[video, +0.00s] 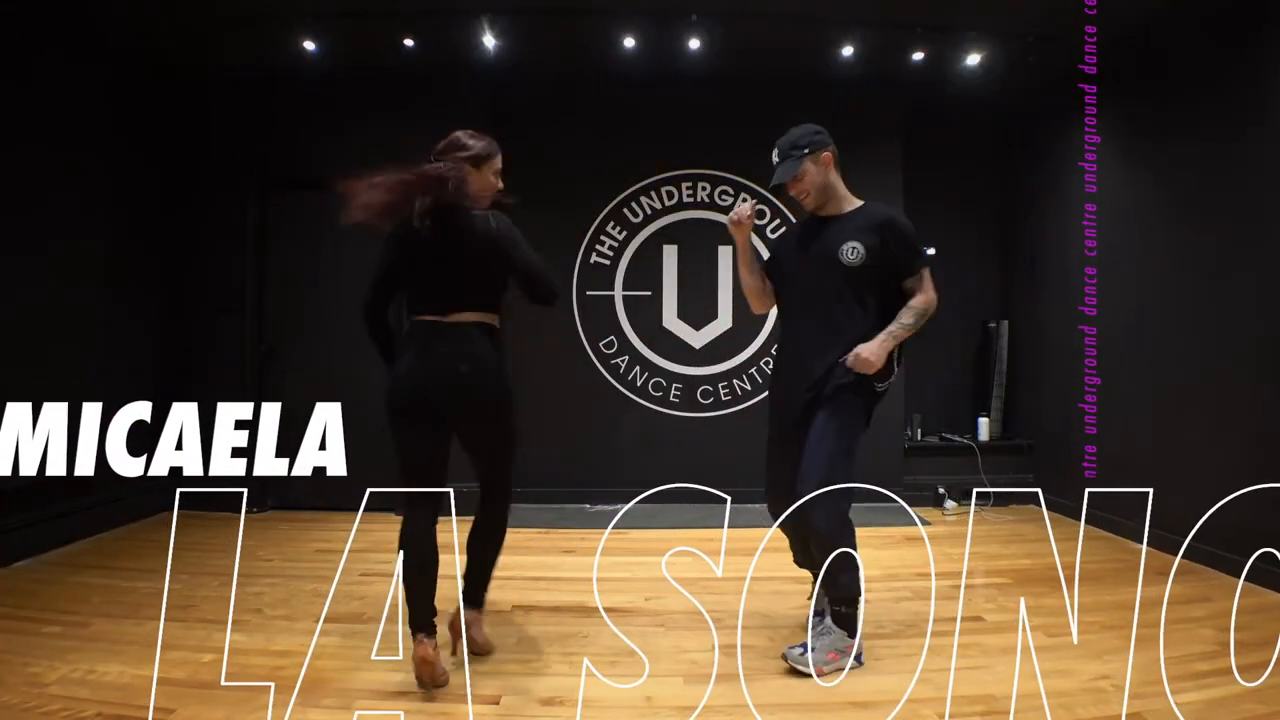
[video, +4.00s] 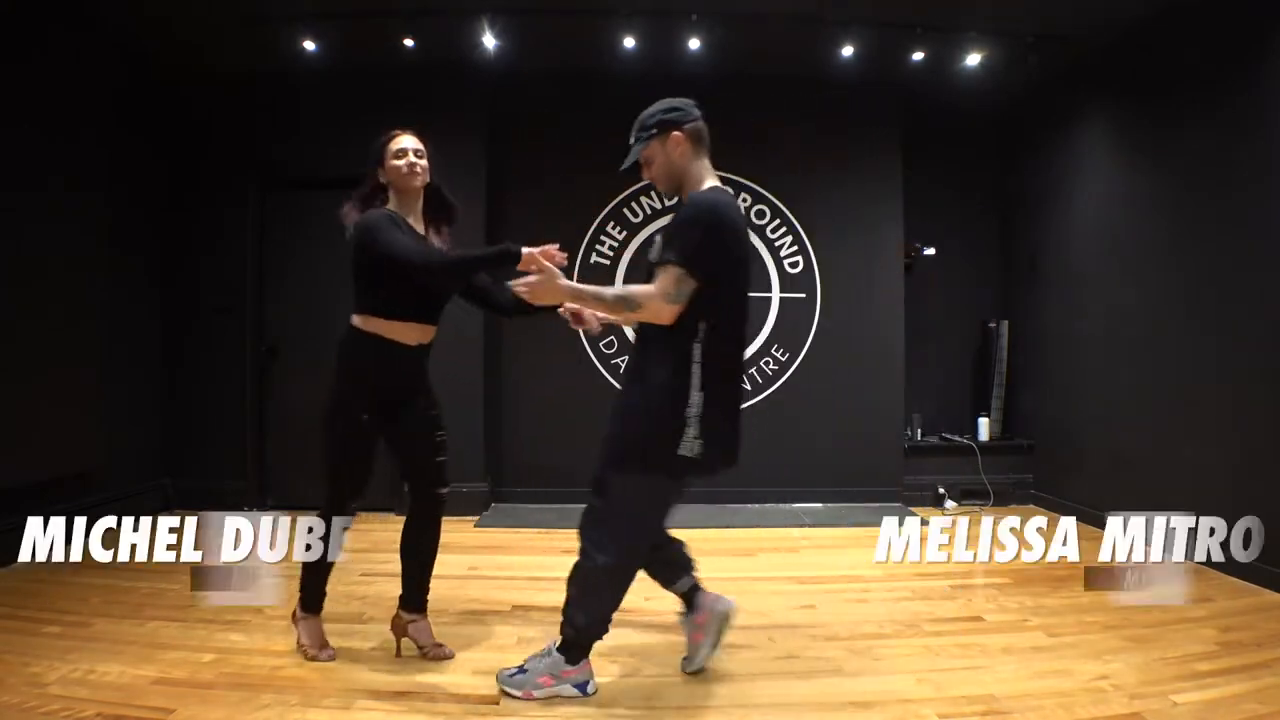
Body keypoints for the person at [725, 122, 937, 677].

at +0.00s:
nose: (791, 188)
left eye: (796, 175)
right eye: (785, 181)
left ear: (827, 160)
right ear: (786, 182)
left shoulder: (880, 225)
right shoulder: (791, 239)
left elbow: (925, 297)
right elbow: (760, 301)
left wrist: (884, 342)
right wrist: (743, 242)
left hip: (847, 381)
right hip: (791, 386)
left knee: (821, 489)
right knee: (784, 501)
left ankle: (843, 631)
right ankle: (834, 611)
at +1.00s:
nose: (768, 170)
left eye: (775, 154)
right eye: (766, 156)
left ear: (809, 147)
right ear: (793, 153)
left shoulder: (861, 219)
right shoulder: (797, 224)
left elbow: (915, 289)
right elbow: (813, 311)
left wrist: (858, 347)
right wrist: (769, 344)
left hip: (837, 384)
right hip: (798, 382)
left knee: (815, 495)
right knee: (784, 493)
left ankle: (846, 634)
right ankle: (828, 606)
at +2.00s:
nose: (774, 167)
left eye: (783, 156)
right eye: (774, 158)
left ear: (818, 157)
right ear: (813, 160)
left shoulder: (862, 214)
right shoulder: (833, 226)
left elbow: (928, 276)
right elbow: (845, 298)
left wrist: (859, 340)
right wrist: (795, 279)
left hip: (865, 400)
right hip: (847, 397)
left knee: (818, 515)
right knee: (841, 509)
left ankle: (853, 638)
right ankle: (932, 586)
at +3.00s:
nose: (839, 172)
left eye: (848, 160)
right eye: (838, 162)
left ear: (884, 158)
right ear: (870, 164)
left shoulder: (941, 219)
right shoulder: (873, 234)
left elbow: (961, 310)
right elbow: (888, 320)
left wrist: (889, 265)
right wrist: (875, 381)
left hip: (941, 397)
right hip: (908, 397)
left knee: (897, 523)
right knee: (931, 505)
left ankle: (943, 640)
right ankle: (992, 599)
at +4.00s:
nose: (644, 172)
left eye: (647, 157)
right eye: (640, 162)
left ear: (679, 140)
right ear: (683, 147)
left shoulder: (707, 213)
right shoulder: (705, 212)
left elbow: (662, 303)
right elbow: (675, 311)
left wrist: (565, 289)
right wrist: (610, 317)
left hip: (673, 408)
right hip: (667, 403)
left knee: (612, 522)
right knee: (626, 512)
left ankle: (571, 659)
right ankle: (699, 602)